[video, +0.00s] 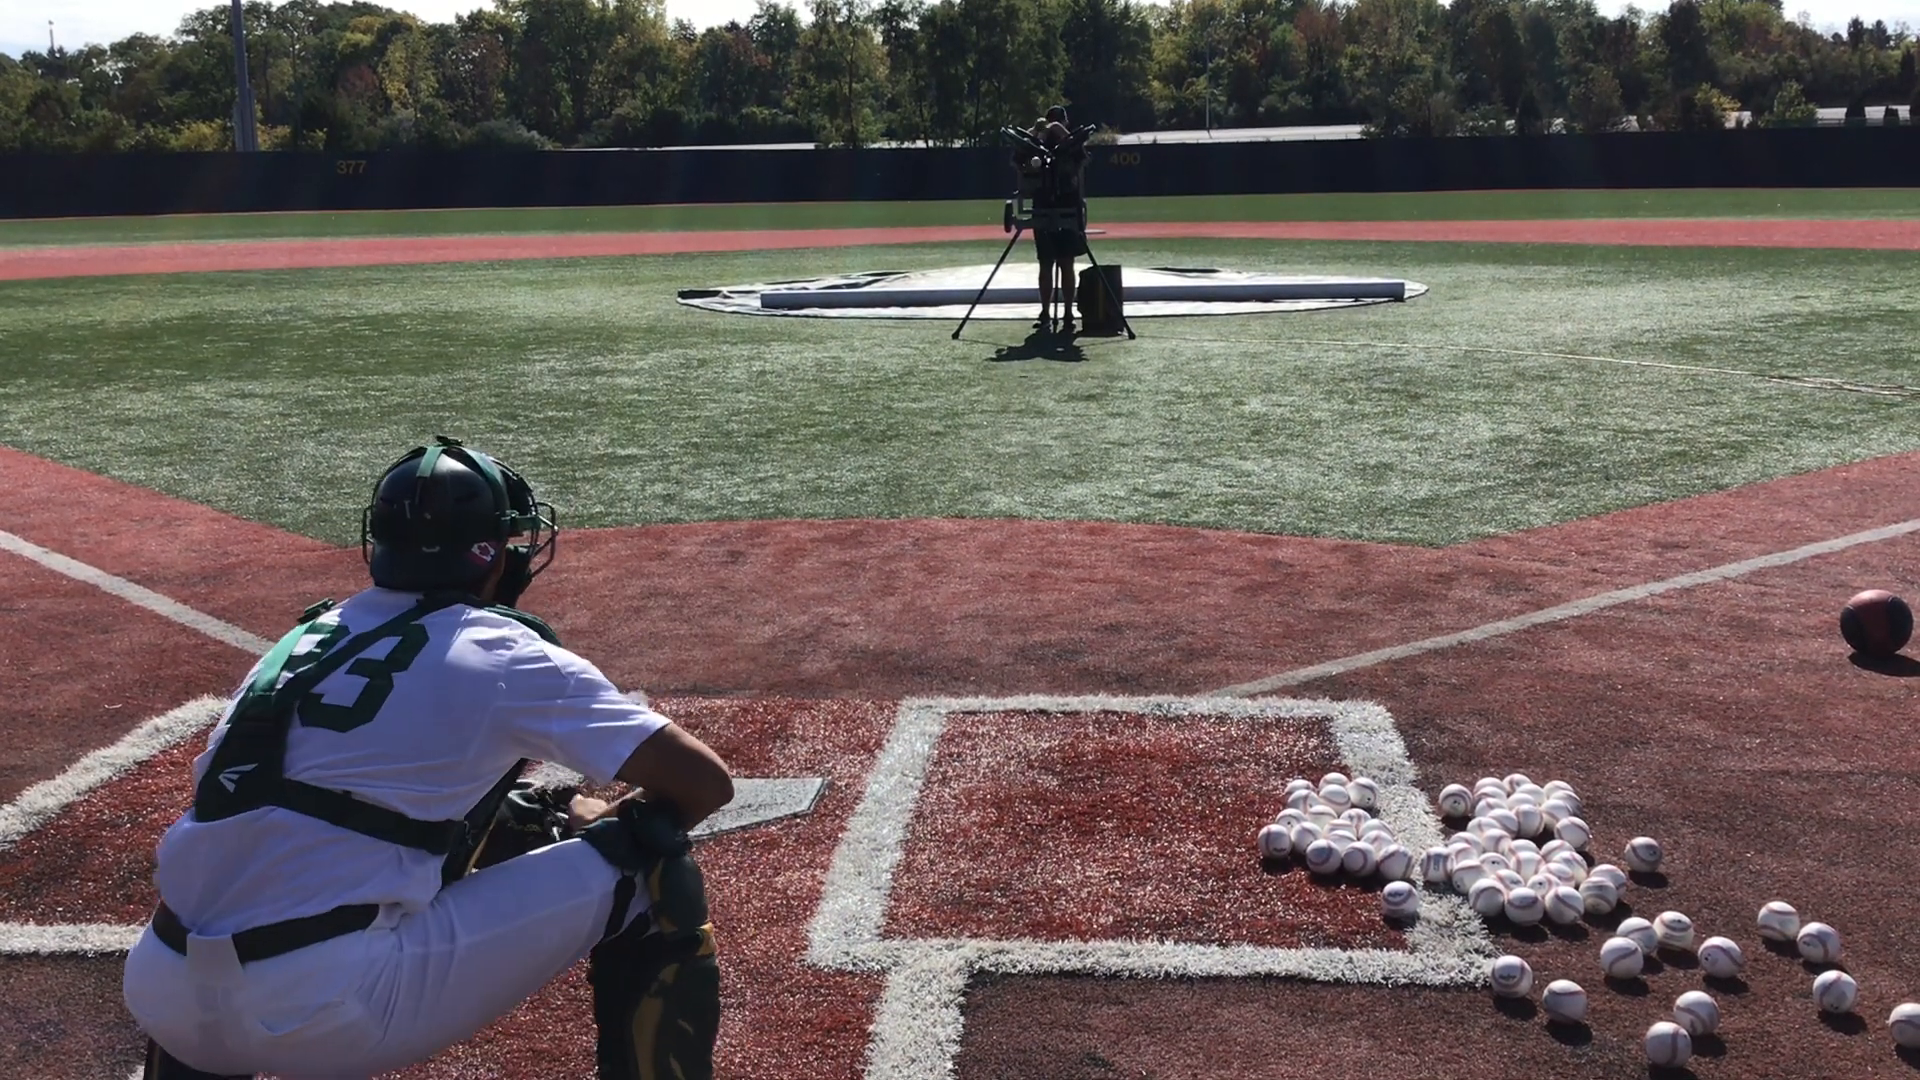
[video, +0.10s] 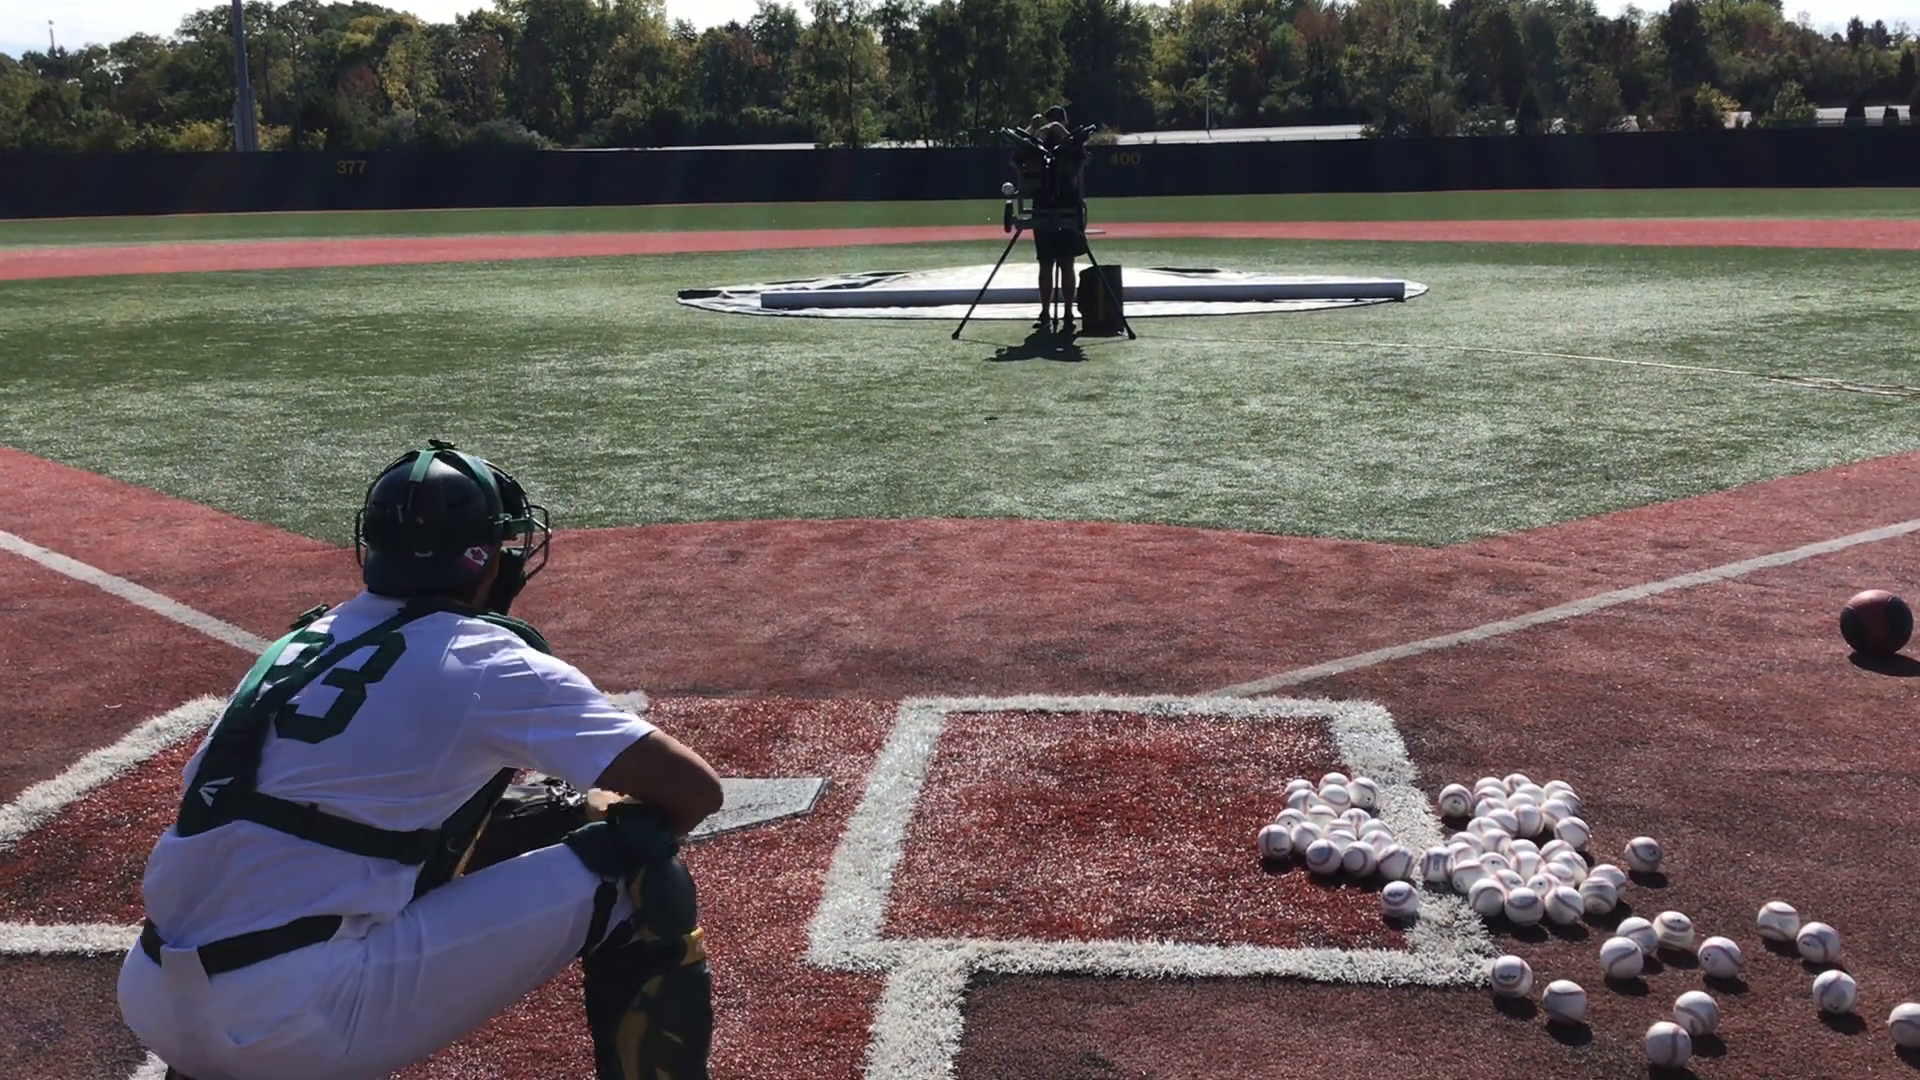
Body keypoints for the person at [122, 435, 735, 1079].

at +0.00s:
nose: (519, 555)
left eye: (517, 540)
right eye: (509, 542)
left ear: (384, 548)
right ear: (482, 560)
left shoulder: (312, 627)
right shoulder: (496, 650)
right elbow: (704, 783)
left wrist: (491, 813)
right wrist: (619, 810)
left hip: (160, 994)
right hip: (314, 1011)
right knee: (650, 856)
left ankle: (184, 1063)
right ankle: (654, 1063)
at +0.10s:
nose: (512, 558)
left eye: (510, 542)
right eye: (503, 545)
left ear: (378, 554)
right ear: (476, 565)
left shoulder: (312, 631)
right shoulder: (478, 657)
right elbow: (693, 789)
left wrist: (530, 822)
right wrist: (593, 821)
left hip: (154, 997)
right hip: (290, 1016)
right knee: (636, 861)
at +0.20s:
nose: (509, 568)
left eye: (507, 552)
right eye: (500, 555)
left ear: (373, 567)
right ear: (474, 578)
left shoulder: (310, 638)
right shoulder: (466, 669)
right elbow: (683, 803)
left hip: (164, 1005)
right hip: (282, 1023)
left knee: (453, 825)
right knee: (622, 865)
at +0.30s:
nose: (504, 572)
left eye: (501, 555)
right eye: (496, 558)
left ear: (369, 567)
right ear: (472, 578)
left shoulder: (311, 633)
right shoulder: (467, 677)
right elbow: (673, 817)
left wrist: (493, 819)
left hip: (184, 1013)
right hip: (285, 1030)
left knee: (488, 819)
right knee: (625, 869)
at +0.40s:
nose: (505, 563)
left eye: (502, 545)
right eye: (497, 549)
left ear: (365, 555)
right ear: (473, 566)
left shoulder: (295, 637)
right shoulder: (493, 670)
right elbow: (591, 831)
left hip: (206, 1017)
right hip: (316, 1018)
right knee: (652, 872)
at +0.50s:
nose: (499, 540)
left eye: (495, 524)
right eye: (491, 526)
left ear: (367, 532)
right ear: (468, 542)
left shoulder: (290, 640)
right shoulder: (516, 657)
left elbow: (249, 817)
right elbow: (522, 869)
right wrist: (522, 994)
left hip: (238, 1005)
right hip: (368, 1000)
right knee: (701, 877)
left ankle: (292, 1053)